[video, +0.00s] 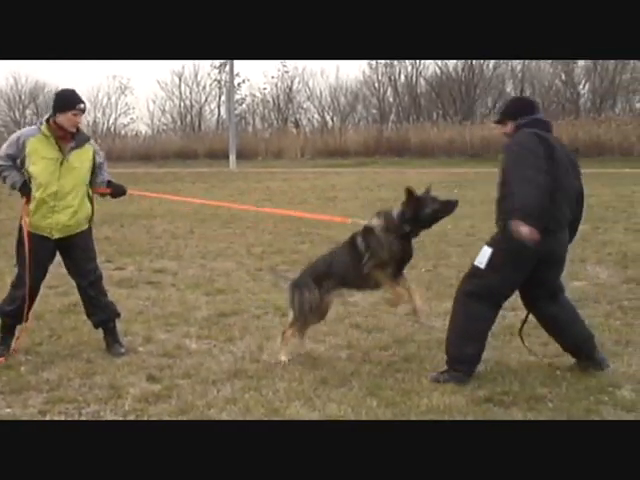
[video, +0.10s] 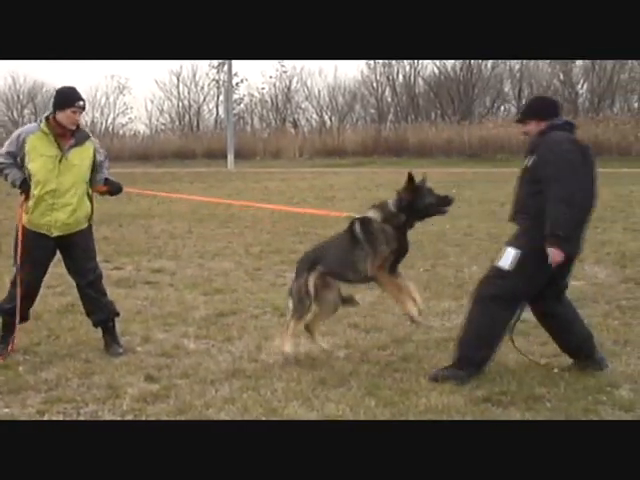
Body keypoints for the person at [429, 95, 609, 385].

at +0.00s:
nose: (503, 132)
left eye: (505, 125)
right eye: (502, 126)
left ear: (517, 122)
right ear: (535, 120)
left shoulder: (523, 142)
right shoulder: (561, 150)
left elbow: (525, 178)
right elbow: (575, 197)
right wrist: (563, 236)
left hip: (519, 236)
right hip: (552, 241)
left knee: (476, 293)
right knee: (544, 296)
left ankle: (460, 368)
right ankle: (589, 356)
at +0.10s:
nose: (524, 131)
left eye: (527, 124)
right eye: (523, 125)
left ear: (542, 122)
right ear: (548, 122)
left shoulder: (555, 147)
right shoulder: (561, 146)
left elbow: (563, 195)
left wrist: (556, 241)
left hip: (536, 240)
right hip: (554, 242)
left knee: (492, 294)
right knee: (547, 300)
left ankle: (465, 366)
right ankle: (587, 358)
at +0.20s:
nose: (540, 129)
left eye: (544, 123)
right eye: (539, 123)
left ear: (561, 122)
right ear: (564, 124)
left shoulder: (578, 149)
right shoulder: (581, 147)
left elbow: (579, 201)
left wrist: (555, 242)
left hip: (562, 244)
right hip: (580, 246)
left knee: (515, 292)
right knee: (559, 300)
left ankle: (489, 363)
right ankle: (589, 361)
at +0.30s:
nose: (552, 125)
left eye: (556, 119)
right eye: (552, 119)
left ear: (572, 117)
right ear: (576, 116)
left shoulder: (586, 141)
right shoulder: (598, 138)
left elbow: (576, 192)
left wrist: (547, 226)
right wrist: (559, 226)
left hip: (592, 239)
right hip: (611, 239)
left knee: (547, 288)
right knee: (584, 291)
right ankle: (591, 359)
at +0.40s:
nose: (564, 126)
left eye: (566, 120)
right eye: (563, 121)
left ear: (580, 116)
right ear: (594, 111)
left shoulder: (589, 137)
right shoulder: (623, 130)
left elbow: (571, 188)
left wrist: (551, 227)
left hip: (622, 233)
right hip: (631, 229)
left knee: (601, 296)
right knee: (619, 295)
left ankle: (627, 365)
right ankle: (609, 355)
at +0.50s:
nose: (586, 145)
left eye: (585, 139)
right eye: (584, 140)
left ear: (594, 133)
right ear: (611, 124)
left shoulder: (603, 153)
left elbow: (585, 202)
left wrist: (576, 243)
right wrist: (579, 239)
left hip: (633, 242)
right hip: (632, 240)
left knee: (626, 311)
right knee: (626, 309)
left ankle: (639, 383)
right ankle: (636, 383)